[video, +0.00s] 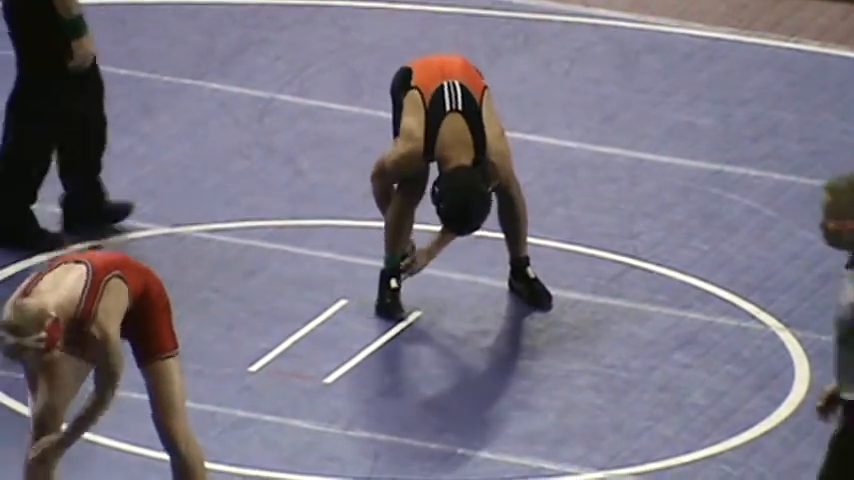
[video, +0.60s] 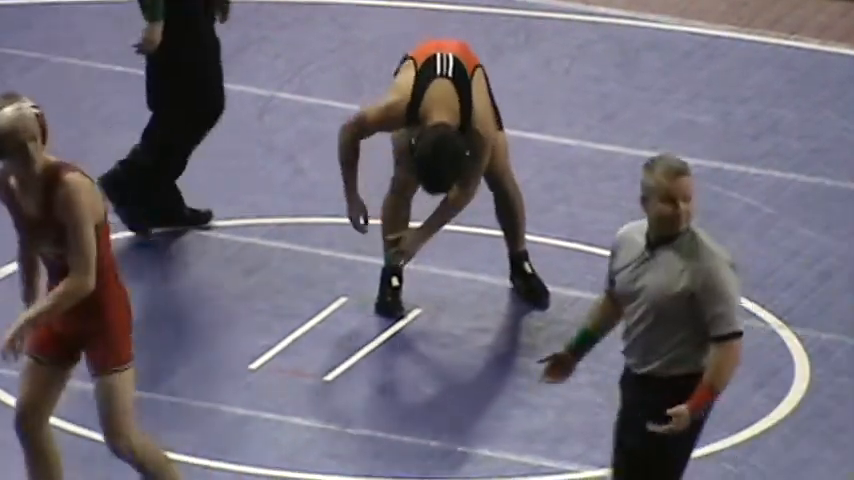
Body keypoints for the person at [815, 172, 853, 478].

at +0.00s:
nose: (824, 224)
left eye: (832, 216)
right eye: (825, 214)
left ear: (850, 222)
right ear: (840, 220)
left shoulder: (848, 281)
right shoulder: (846, 277)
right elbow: (848, 347)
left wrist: (842, 391)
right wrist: (841, 390)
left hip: (850, 415)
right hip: (847, 413)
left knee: (833, 472)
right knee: (832, 471)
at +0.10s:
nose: (784, 223)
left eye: (793, 217)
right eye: (786, 213)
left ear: (822, 224)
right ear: (829, 223)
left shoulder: (834, 285)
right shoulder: (828, 267)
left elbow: (843, 378)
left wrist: (825, 453)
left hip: (819, 417)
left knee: (781, 473)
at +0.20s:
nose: (753, 218)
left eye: (763, 209)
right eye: (751, 208)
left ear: (795, 210)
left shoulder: (804, 275)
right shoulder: (782, 257)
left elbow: (813, 364)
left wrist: (778, 438)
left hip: (796, 400)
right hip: (774, 392)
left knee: (743, 472)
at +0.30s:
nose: (736, 208)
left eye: (745, 198)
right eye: (729, 198)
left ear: (767, 198)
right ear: (721, 200)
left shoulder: (780, 263)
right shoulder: (743, 249)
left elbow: (790, 351)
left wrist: (742, 411)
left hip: (769, 387)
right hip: (737, 381)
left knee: (736, 473)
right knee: (720, 470)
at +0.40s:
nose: (721, 202)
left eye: (729, 192)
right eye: (711, 194)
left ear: (740, 190)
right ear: (692, 194)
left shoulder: (754, 254)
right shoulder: (694, 232)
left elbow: (772, 342)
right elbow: (695, 311)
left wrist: (718, 394)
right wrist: (682, 366)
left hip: (740, 382)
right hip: (705, 374)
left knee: (700, 471)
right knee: (713, 470)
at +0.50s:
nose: (701, 205)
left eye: (707, 194)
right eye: (689, 195)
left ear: (715, 191)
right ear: (666, 194)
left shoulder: (734, 255)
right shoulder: (656, 233)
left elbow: (753, 341)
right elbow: (646, 301)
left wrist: (704, 394)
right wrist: (622, 359)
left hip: (714, 384)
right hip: (670, 378)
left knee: (671, 471)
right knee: (705, 470)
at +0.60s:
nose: (680, 210)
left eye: (686, 200)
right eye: (668, 201)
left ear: (694, 200)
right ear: (644, 202)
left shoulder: (709, 264)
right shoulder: (627, 240)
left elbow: (728, 346)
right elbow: (613, 303)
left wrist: (695, 407)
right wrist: (573, 354)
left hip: (678, 391)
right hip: (635, 383)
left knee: (655, 473)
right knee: (625, 469)